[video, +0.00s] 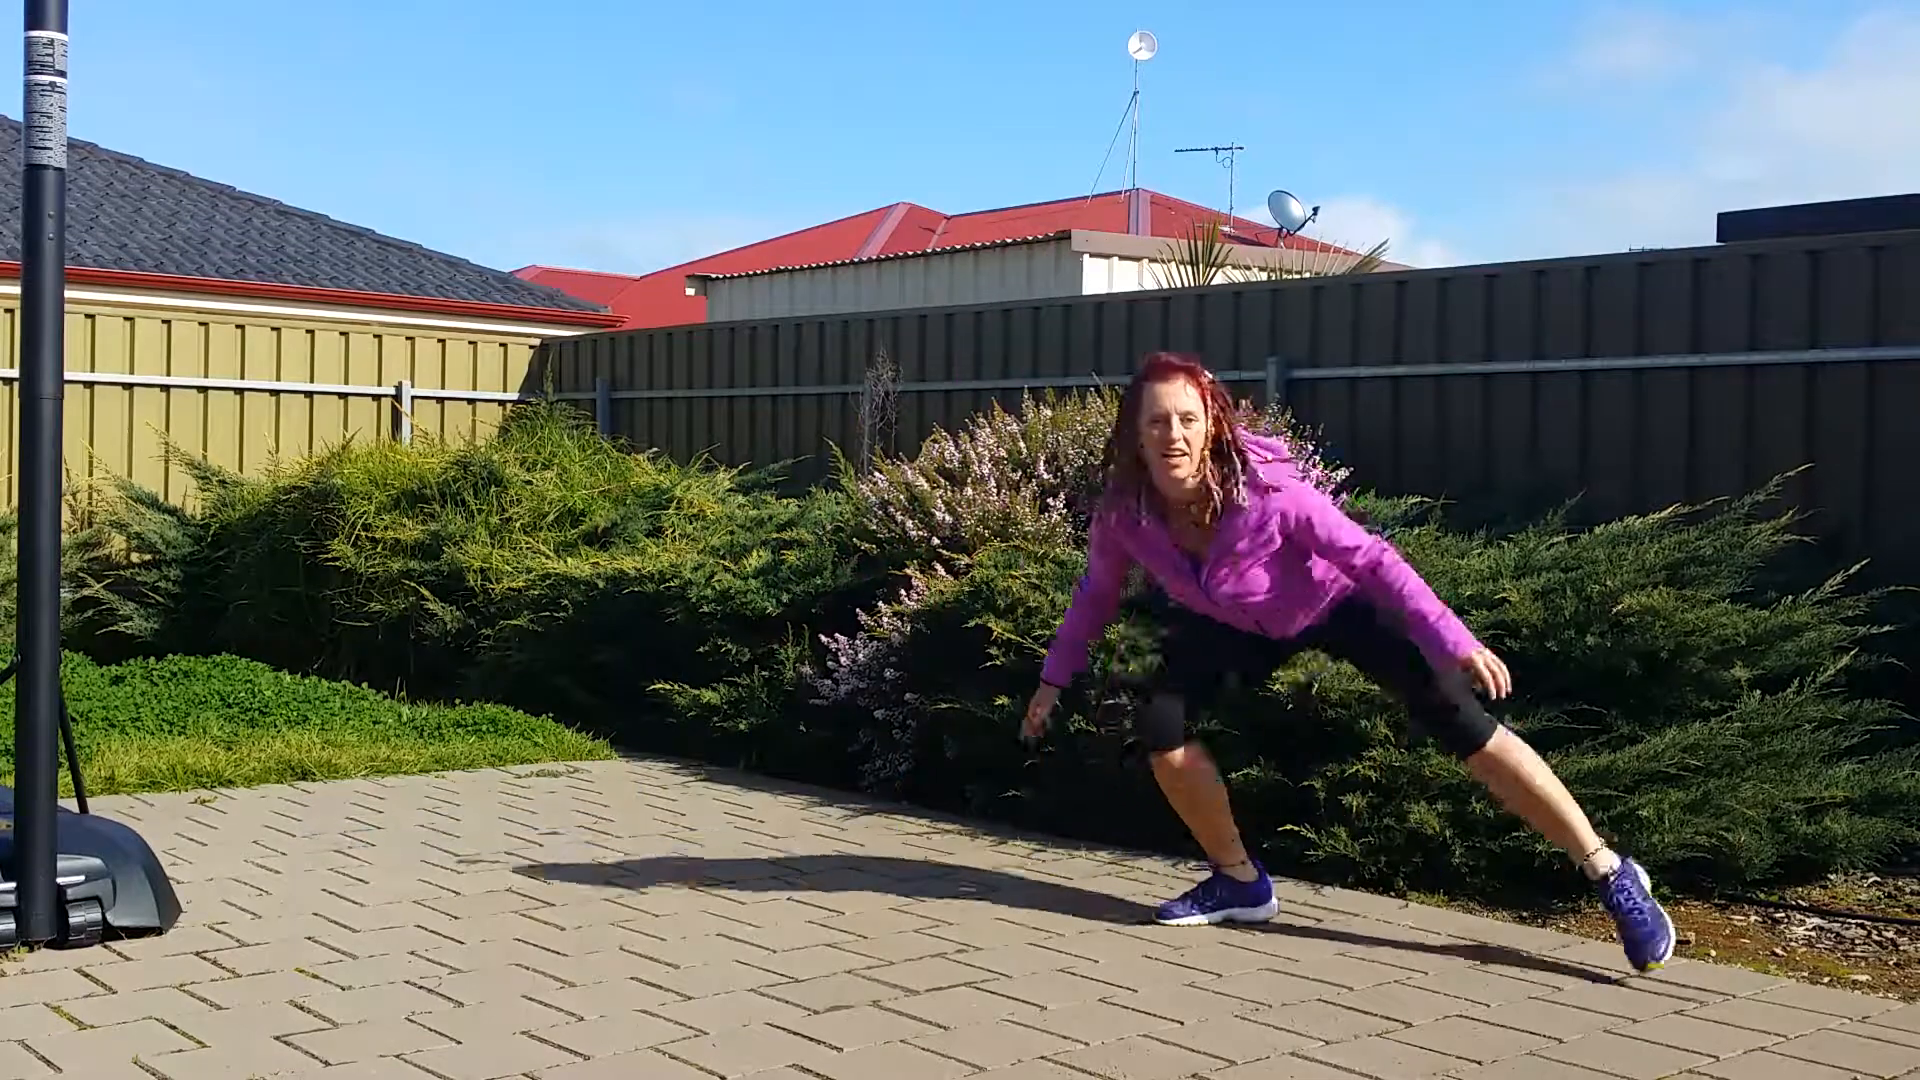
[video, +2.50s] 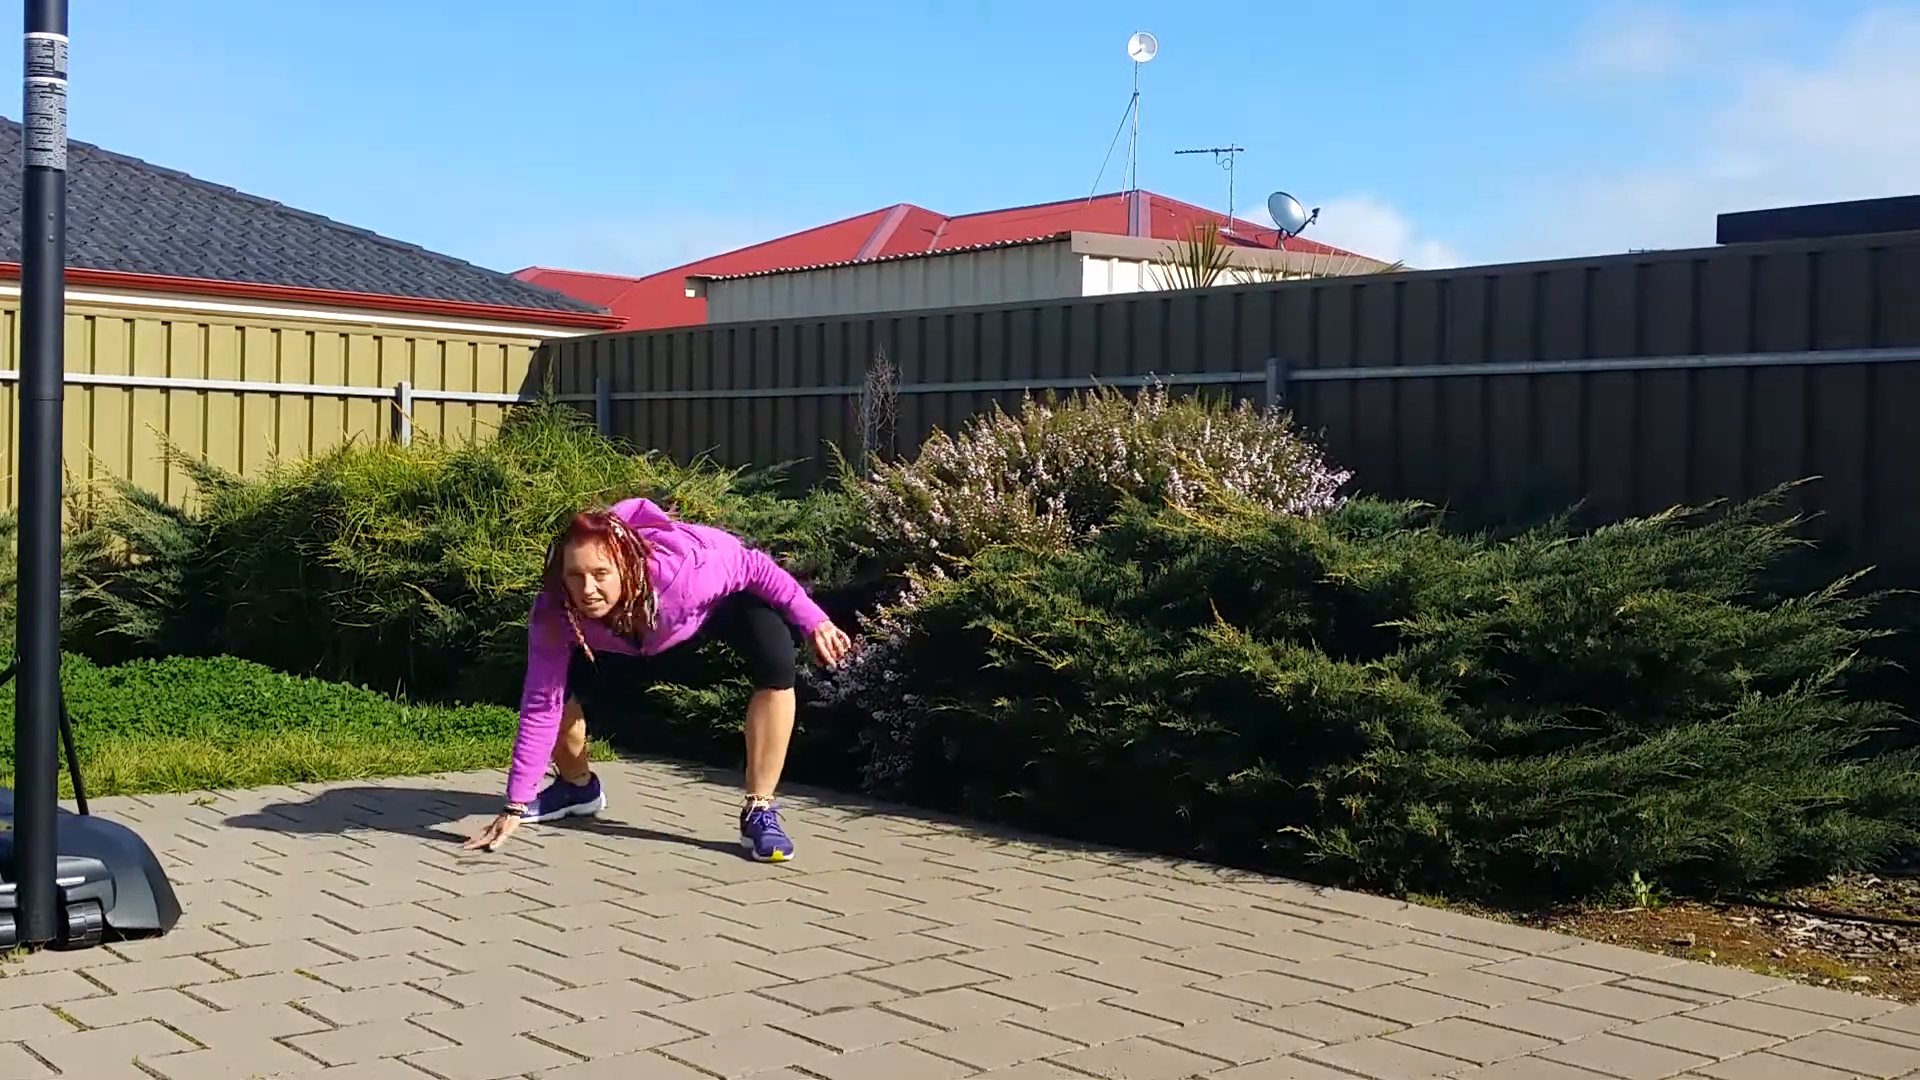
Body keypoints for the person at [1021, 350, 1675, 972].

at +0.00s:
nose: (1174, 434)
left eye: (1188, 419)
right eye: (1157, 422)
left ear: (1216, 427)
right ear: (1131, 436)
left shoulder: (1268, 487)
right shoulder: (1124, 515)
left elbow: (1372, 557)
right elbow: (1092, 601)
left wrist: (1457, 644)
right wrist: (1052, 680)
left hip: (1334, 600)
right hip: (1229, 620)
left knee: (1465, 727)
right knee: (1163, 730)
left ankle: (1609, 873)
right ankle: (1238, 881)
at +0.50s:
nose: (1448, 599)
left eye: (1464, 581)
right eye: (1431, 581)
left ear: (1493, 573)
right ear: (1408, 570)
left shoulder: (1547, 625)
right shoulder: (1390, 572)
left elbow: (1554, 771)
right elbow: (1353, 583)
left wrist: (1546, 917)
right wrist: (1337, 609)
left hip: (1575, 606)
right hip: (1434, 627)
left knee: (1639, 746)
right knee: (1347, 732)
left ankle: (1640, 922)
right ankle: (1246, 878)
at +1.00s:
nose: (1249, 481)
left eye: (1263, 469)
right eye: (1248, 466)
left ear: (1312, 472)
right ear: (1249, 462)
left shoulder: (1392, 509)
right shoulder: (1263, 503)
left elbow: (1473, 602)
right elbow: (1255, 567)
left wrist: (1521, 695)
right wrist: (1218, 634)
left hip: (1460, 595)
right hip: (1356, 602)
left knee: (1541, 736)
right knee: (1244, 699)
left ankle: (1630, 918)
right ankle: (1244, 880)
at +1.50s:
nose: (989, 367)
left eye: (1000, 357)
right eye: (989, 354)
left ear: (1048, 362)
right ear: (1012, 358)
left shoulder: (1128, 425)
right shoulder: (1011, 419)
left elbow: (1194, 513)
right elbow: (987, 489)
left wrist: (1268, 596)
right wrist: (922, 543)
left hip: (1147, 562)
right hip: (1053, 555)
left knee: (1148, 706)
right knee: (946, 658)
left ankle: (1163, 865)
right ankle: (861, 791)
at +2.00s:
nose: (725, 368)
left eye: (739, 359)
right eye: (723, 354)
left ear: (781, 362)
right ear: (721, 352)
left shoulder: (845, 414)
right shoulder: (720, 405)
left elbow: (931, 467)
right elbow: (690, 491)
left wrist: (1014, 520)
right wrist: (638, 576)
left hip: (864, 513)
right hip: (779, 499)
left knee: (827, 662)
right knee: (710, 611)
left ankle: (774, 794)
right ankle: (670, 750)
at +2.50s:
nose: (588, 588)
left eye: (600, 574)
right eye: (576, 575)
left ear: (628, 568)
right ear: (561, 573)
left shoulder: (684, 572)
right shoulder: (553, 612)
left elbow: (756, 567)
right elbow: (539, 707)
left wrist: (815, 622)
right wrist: (513, 809)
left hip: (709, 616)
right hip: (626, 639)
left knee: (776, 656)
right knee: (555, 692)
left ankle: (761, 810)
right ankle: (577, 785)